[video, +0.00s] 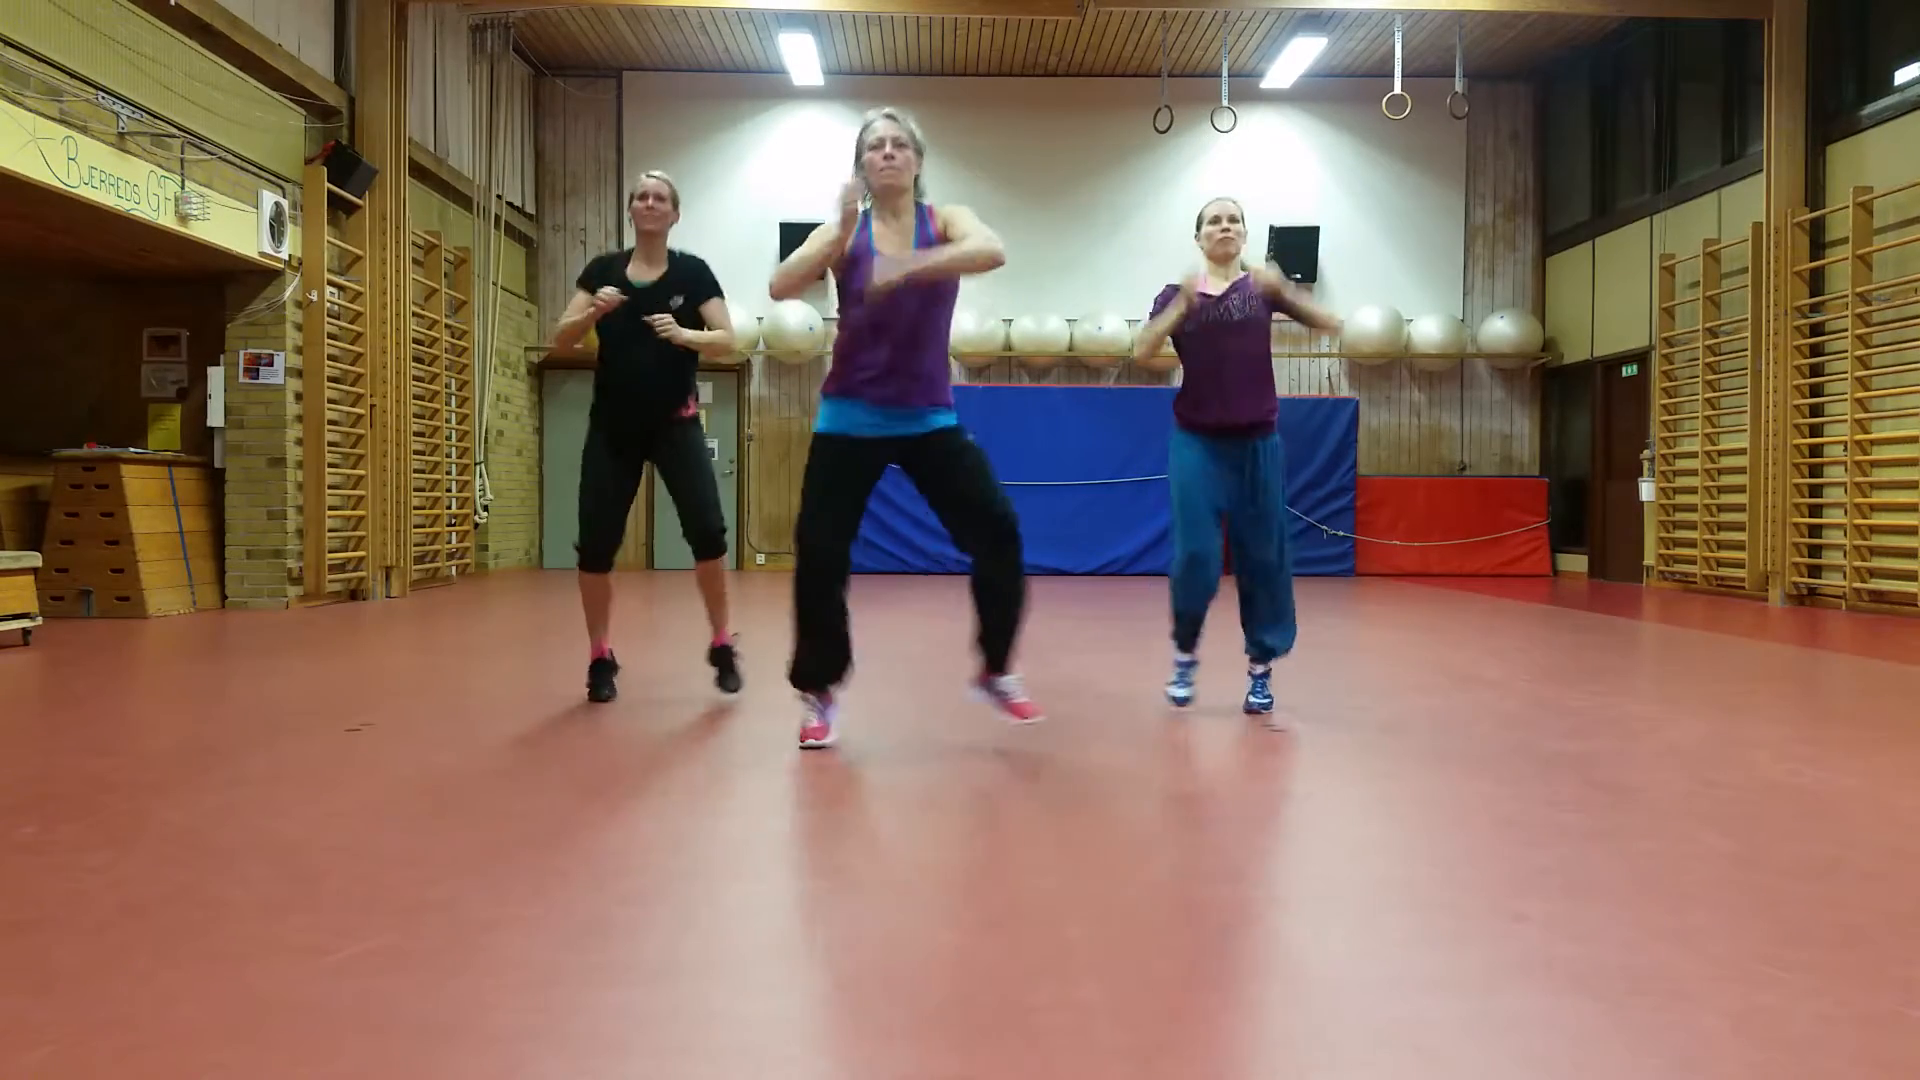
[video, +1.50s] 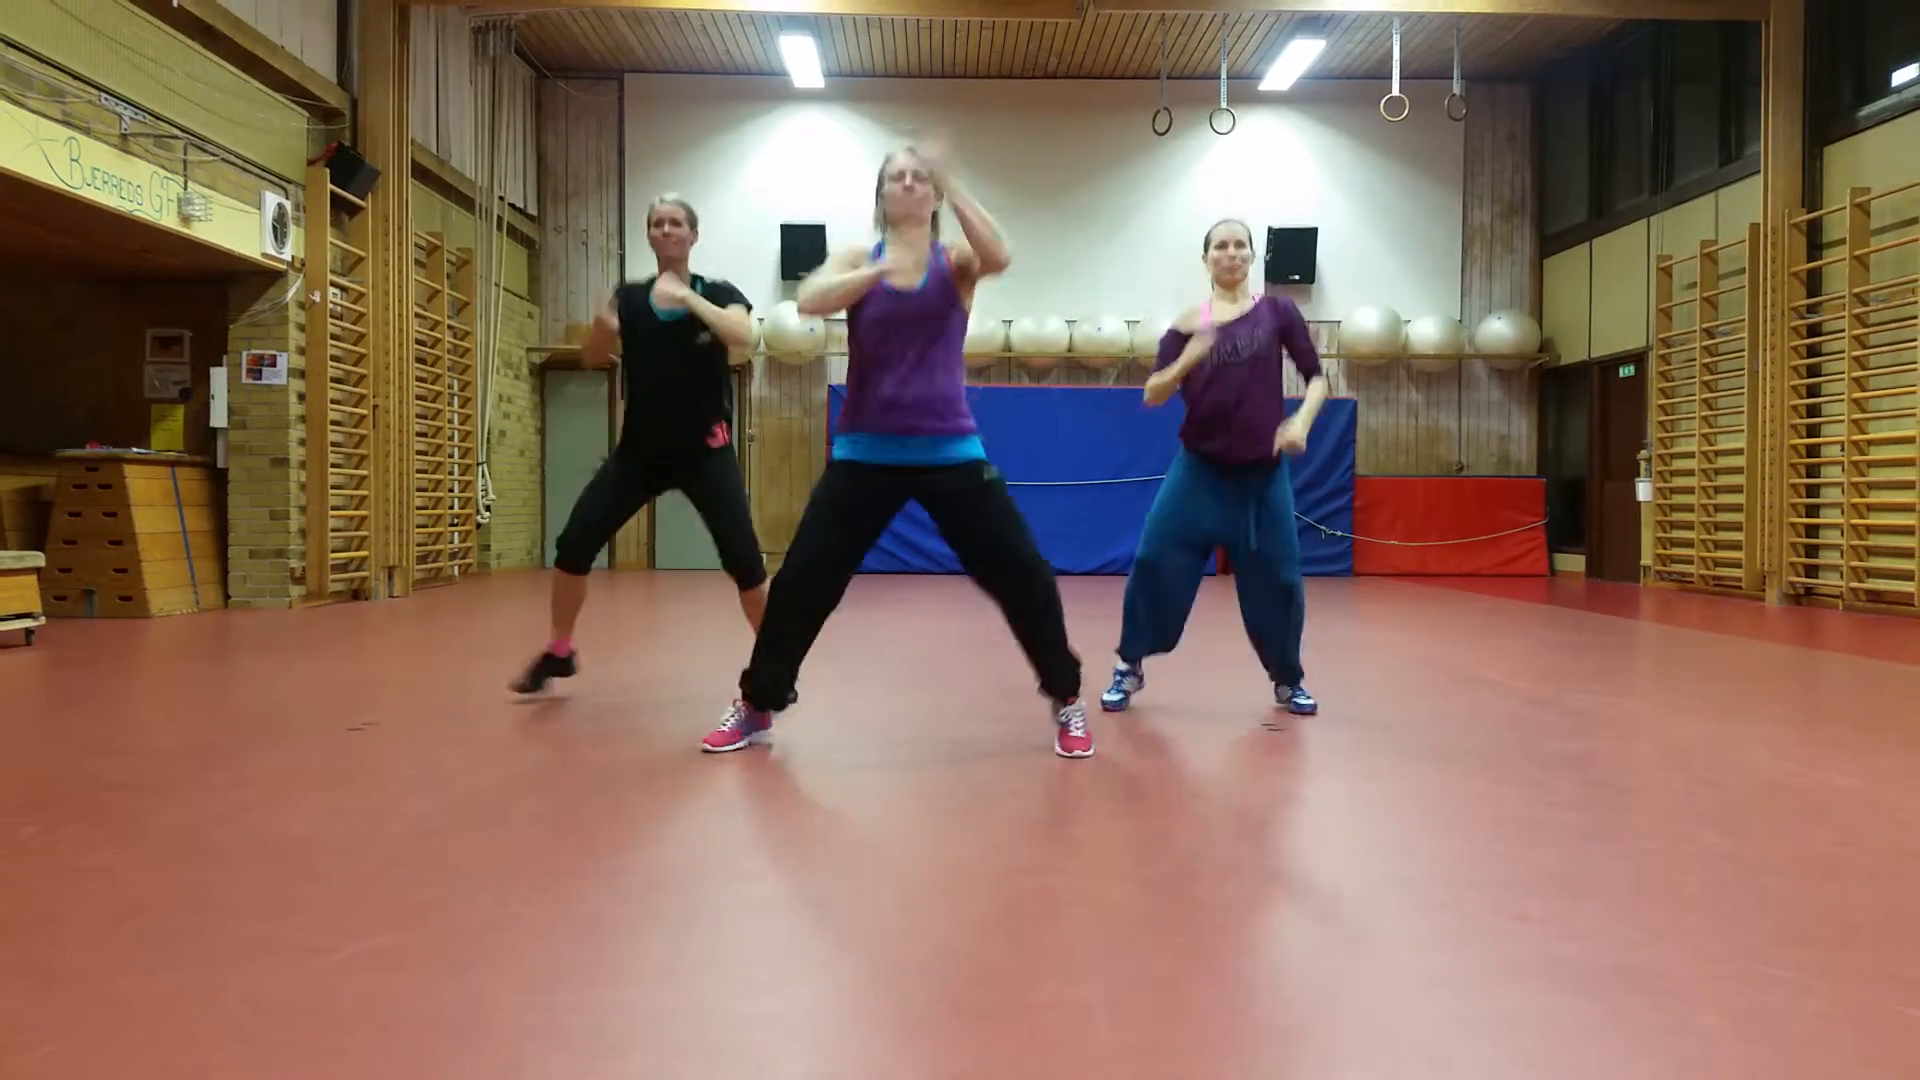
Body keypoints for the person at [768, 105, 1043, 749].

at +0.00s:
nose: (889, 154)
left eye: (899, 146)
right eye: (877, 147)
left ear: (919, 162)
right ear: (860, 166)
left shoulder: (945, 218)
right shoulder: (841, 233)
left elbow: (990, 252)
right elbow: (779, 287)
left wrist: (909, 266)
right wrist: (836, 234)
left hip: (929, 419)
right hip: (850, 420)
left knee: (998, 533)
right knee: (818, 550)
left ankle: (996, 672)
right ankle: (819, 692)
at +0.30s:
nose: (893, 188)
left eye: (905, 181)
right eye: (882, 181)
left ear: (924, 201)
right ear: (866, 201)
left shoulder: (945, 262)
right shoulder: (844, 258)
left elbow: (999, 280)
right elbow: (764, 271)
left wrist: (933, 239)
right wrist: (836, 287)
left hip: (942, 452)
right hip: (859, 452)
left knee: (1006, 580)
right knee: (802, 575)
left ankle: (1054, 704)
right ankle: (765, 711)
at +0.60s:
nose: (882, 203)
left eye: (894, 196)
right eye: (871, 196)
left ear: (912, 214)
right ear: (856, 216)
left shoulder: (935, 269)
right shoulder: (838, 279)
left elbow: (1002, 259)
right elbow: (764, 290)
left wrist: (926, 291)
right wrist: (832, 273)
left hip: (937, 471)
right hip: (851, 470)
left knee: (993, 593)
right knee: (769, 580)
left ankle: (1053, 708)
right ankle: (737, 710)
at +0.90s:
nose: (879, 187)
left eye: (890, 180)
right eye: (867, 181)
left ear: (911, 198)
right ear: (852, 202)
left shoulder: (938, 253)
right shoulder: (835, 267)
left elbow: (1009, 272)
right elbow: (764, 303)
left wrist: (934, 281)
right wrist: (812, 244)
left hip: (940, 455)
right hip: (855, 453)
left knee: (1002, 582)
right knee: (765, 562)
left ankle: (1060, 708)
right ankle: (739, 700)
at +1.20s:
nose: (887, 166)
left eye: (900, 159)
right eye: (876, 159)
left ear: (918, 178)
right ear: (860, 179)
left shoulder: (943, 240)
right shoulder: (851, 242)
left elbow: (979, 241)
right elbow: (816, 266)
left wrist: (945, 170)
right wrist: (848, 189)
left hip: (948, 432)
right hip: (865, 431)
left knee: (1012, 562)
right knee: (795, 553)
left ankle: (1065, 697)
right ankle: (739, 692)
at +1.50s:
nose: (908, 184)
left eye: (919, 178)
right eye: (897, 177)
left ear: (936, 196)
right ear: (879, 194)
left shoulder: (954, 261)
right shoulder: (855, 257)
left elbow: (996, 257)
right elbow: (810, 300)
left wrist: (949, 183)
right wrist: (879, 271)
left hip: (951, 451)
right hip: (866, 452)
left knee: (1023, 573)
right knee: (802, 579)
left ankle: (1068, 701)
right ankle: (756, 708)